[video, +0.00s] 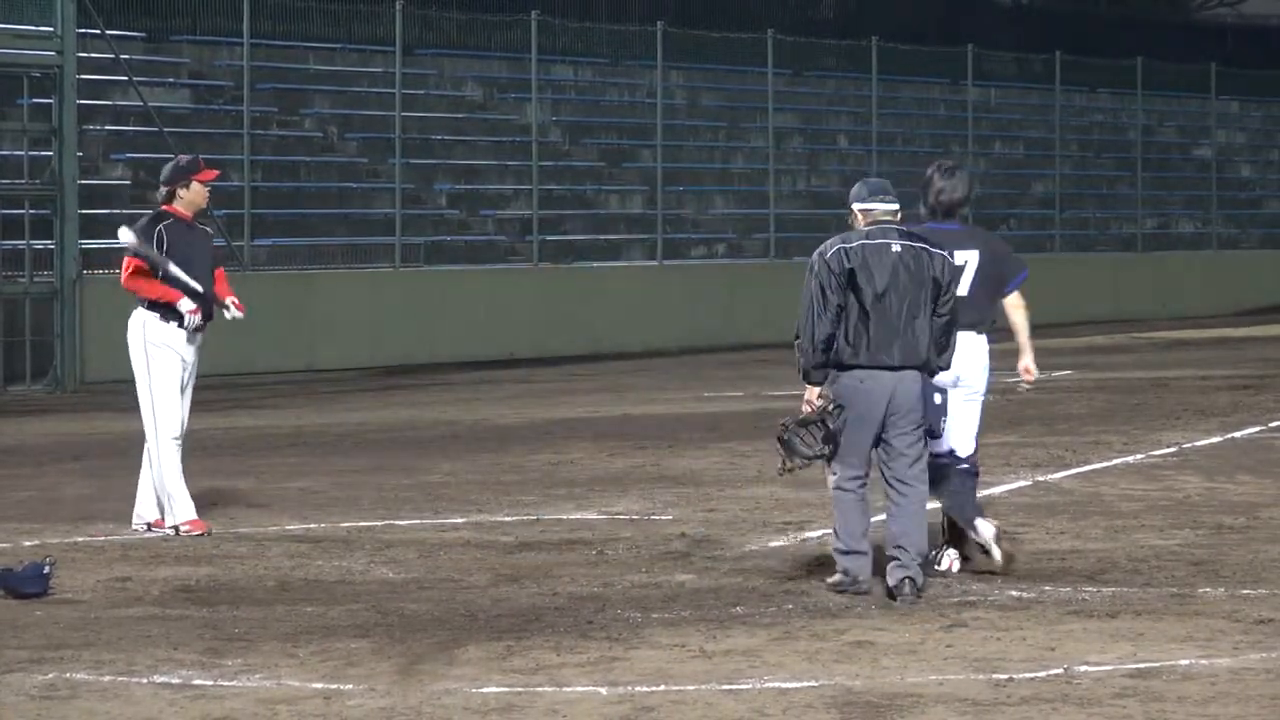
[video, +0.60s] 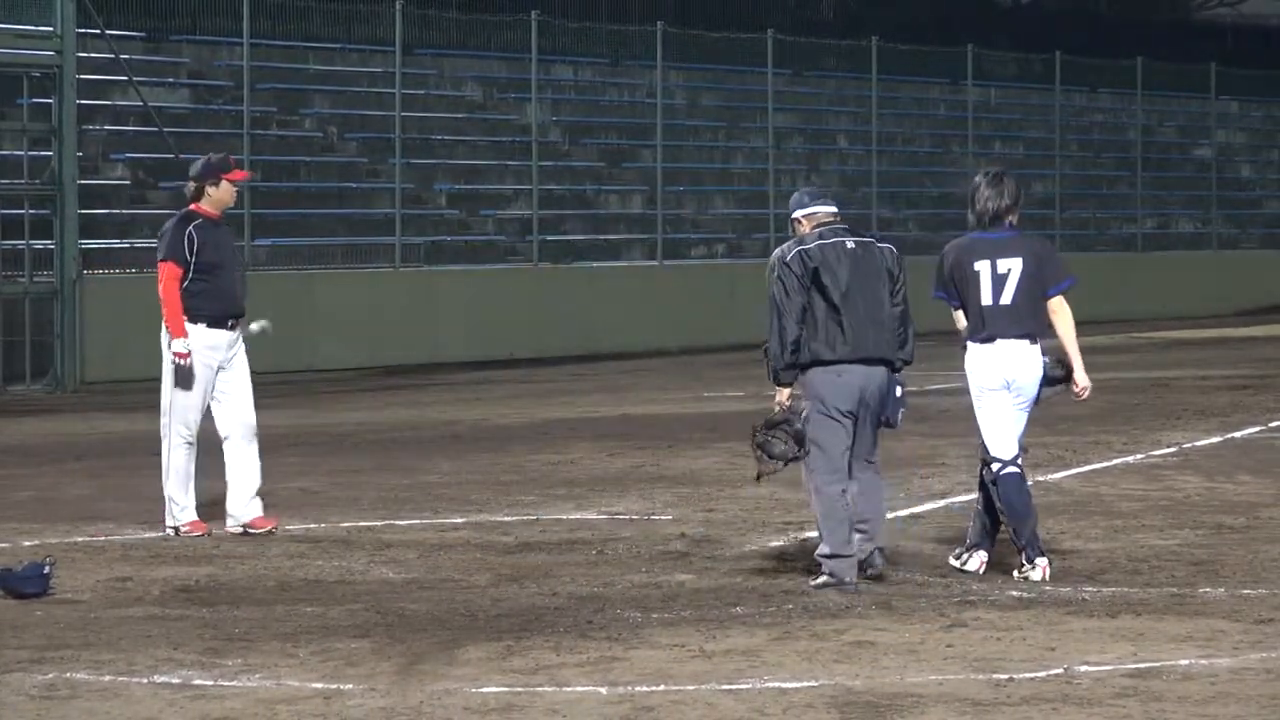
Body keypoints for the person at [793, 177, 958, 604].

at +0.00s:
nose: (853, 219)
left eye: (853, 214)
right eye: (857, 213)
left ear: (858, 215)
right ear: (897, 213)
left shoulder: (834, 254)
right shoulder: (930, 255)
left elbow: (818, 325)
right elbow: (944, 319)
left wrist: (814, 380)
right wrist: (928, 367)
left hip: (855, 382)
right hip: (910, 382)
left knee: (849, 477)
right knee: (907, 477)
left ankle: (853, 571)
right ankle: (907, 571)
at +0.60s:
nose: (794, 230)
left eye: (794, 225)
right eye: (795, 225)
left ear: (802, 222)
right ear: (837, 217)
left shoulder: (791, 256)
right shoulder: (882, 251)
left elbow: (787, 322)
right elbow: (899, 315)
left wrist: (784, 380)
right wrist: (895, 367)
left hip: (825, 377)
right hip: (877, 375)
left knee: (826, 473)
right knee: (864, 463)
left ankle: (839, 568)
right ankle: (868, 550)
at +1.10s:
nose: (759, 252)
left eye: (757, 244)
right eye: (755, 246)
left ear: (767, 235)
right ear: (791, 228)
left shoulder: (780, 260)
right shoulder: (832, 248)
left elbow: (799, 317)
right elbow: (853, 308)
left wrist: (794, 377)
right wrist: (866, 363)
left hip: (830, 369)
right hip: (864, 365)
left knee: (788, 453)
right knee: (845, 458)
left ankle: (816, 543)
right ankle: (852, 547)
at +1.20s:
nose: (749, 261)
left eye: (746, 252)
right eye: (744, 254)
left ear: (756, 240)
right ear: (773, 233)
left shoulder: (777, 265)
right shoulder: (813, 249)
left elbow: (800, 322)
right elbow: (833, 311)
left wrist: (792, 381)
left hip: (830, 370)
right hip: (859, 364)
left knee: (793, 461)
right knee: (843, 461)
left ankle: (793, 550)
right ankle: (852, 551)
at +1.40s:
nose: (720, 280)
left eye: (716, 272)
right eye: (715, 274)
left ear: (729, 258)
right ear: (742, 251)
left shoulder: (756, 280)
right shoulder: (779, 262)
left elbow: (784, 337)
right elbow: (796, 329)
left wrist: (784, 396)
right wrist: (771, 383)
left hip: (817, 378)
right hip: (839, 371)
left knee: (790, 463)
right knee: (814, 462)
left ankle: (781, 550)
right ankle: (839, 537)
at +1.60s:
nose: (701, 287)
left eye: (697, 279)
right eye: (696, 281)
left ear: (709, 264)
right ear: (716, 257)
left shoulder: (744, 281)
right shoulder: (750, 263)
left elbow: (774, 341)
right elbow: (763, 338)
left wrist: (771, 399)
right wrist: (756, 384)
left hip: (809, 372)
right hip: (816, 366)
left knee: (782, 456)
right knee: (788, 453)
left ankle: (781, 549)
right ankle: (799, 534)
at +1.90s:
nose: (675, 304)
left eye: (673, 296)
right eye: (672, 299)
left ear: (687, 282)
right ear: (688, 281)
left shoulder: (736, 290)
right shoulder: (710, 304)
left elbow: (768, 349)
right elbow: (716, 355)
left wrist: (762, 407)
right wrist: (719, 400)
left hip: (799, 370)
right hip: (771, 373)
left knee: (777, 456)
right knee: (753, 454)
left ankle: (782, 551)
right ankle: (739, 539)